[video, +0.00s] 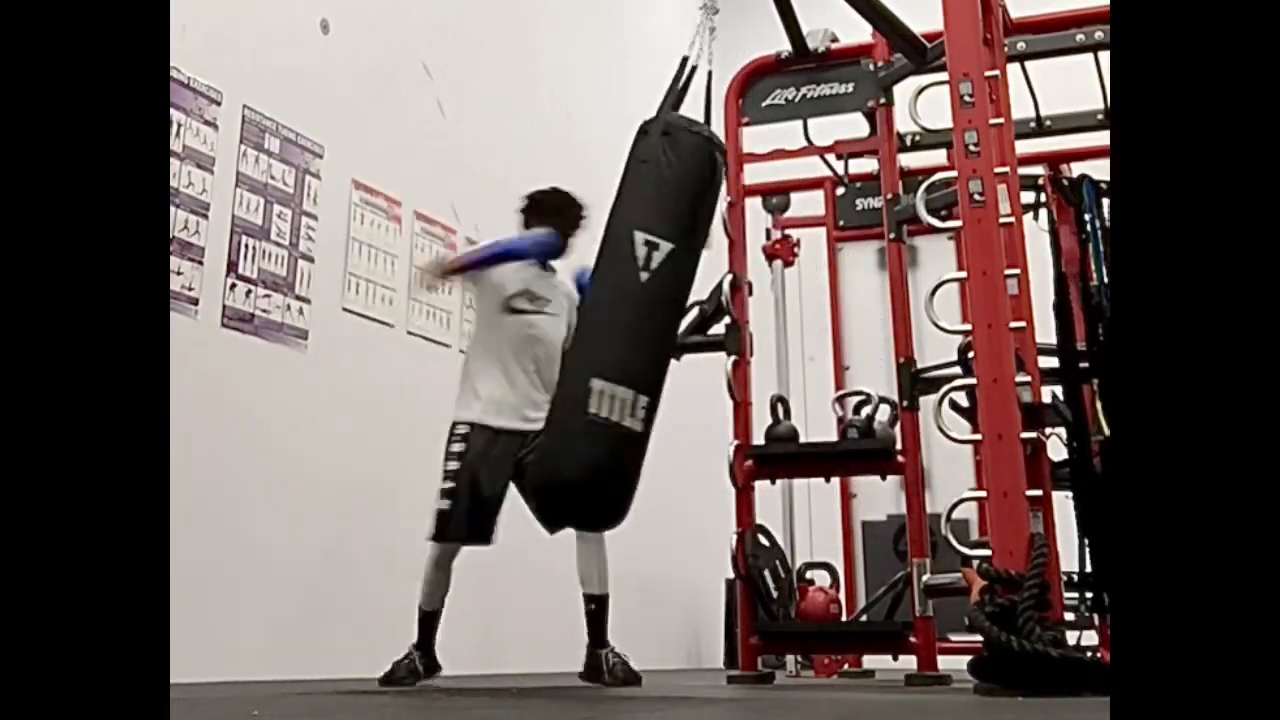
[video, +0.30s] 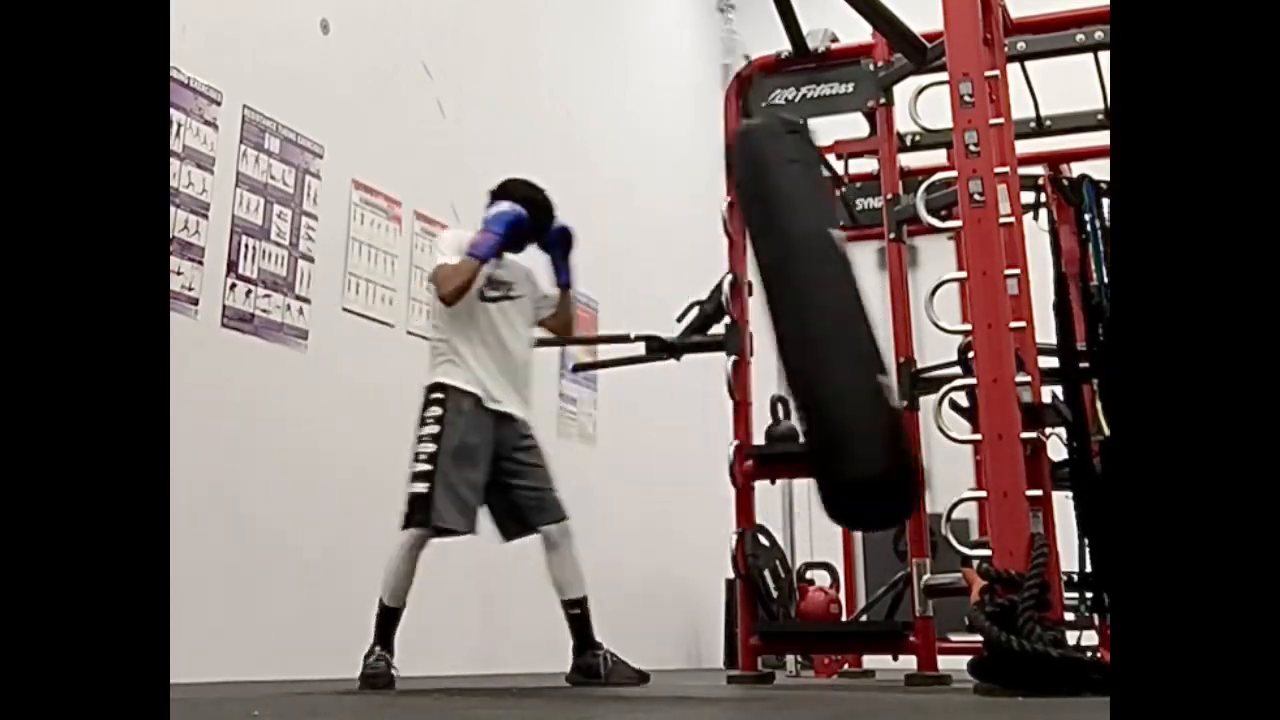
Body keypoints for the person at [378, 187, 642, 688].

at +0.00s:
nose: (559, 240)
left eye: (567, 232)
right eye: (551, 230)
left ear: (570, 238)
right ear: (530, 225)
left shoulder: (569, 292)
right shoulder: (492, 266)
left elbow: (577, 356)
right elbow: (439, 272)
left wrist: (595, 295)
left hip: (545, 427)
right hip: (482, 421)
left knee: (590, 519)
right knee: (445, 543)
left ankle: (599, 650)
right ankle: (423, 652)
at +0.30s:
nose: (524, 238)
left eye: (531, 233)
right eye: (521, 225)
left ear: (531, 235)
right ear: (499, 214)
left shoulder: (524, 274)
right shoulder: (456, 242)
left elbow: (563, 328)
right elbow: (447, 291)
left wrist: (562, 266)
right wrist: (487, 240)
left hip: (509, 413)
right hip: (456, 399)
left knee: (556, 527)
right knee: (419, 528)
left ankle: (588, 653)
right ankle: (380, 653)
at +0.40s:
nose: (495, 213)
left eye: (505, 209)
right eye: (491, 203)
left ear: (508, 211)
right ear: (470, 192)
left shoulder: (498, 250)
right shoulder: (429, 214)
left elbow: (535, 303)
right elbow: (418, 258)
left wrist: (534, 239)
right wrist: (464, 220)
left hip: (479, 386)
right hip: (425, 373)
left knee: (511, 504)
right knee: (395, 508)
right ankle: (372, 641)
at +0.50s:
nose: (464, 220)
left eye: (474, 213)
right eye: (458, 206)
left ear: (482, 223)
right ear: (439, 210)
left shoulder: (484, 270)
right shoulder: (409, 248)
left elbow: (521, 321)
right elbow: (418, 270)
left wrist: (517, 258)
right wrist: (451, 223)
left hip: (464, 414)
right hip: (403, 406)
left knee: (511, 518)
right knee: (352, 529)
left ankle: (483, 637)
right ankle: (316, 654)